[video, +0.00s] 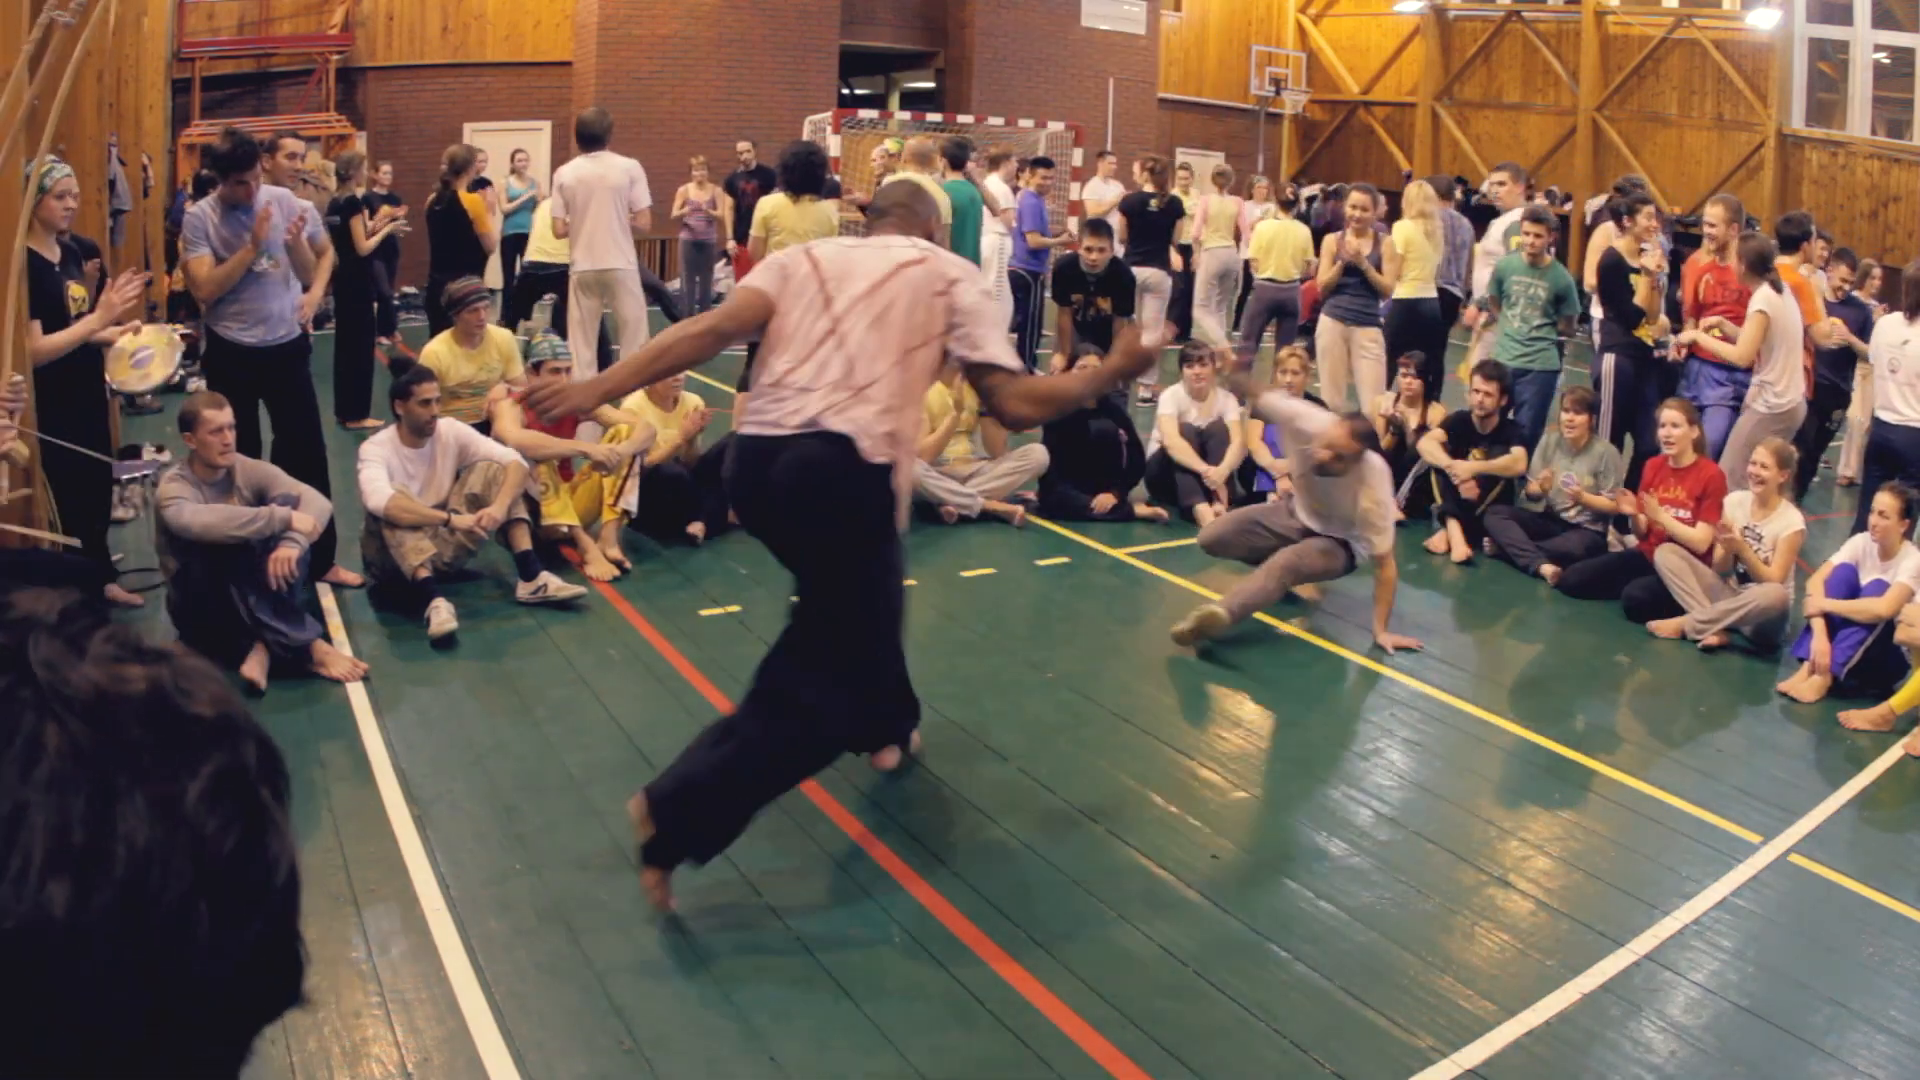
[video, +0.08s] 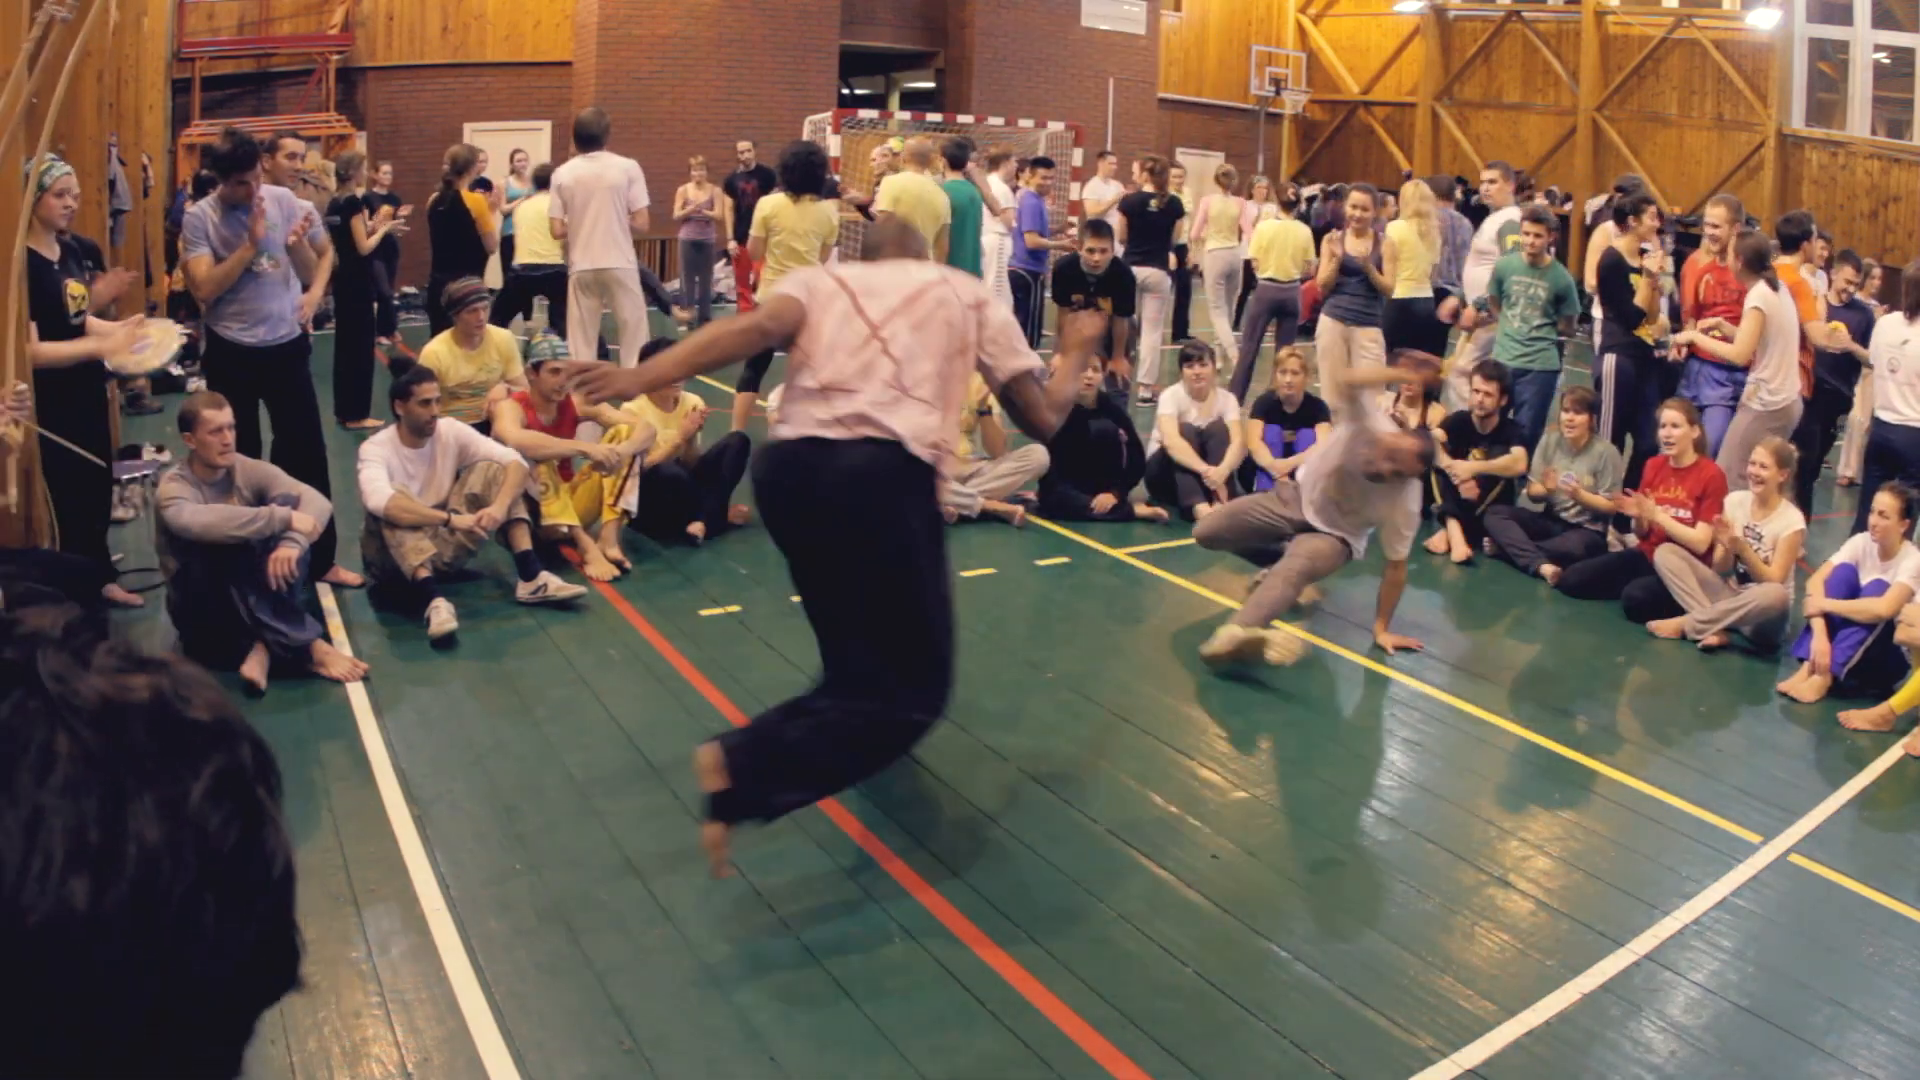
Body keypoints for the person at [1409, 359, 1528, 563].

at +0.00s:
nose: (1480, 399)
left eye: (1488, 394)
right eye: (1476, 392)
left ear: (1503, 400)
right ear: (1469, 393)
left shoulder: (1511, 429)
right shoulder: (1459, 419)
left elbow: (1519, 465)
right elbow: (1425, 444)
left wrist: (1472, 467)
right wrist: (1458, 474)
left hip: (1492, 508)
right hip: (1454, 502)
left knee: (1501, 459)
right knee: (1437, 459)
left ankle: (1448, 529)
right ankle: (1454, 530)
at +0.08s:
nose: (1479, 400)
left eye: (1487, 395)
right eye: (1475, 392)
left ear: (1503, 400)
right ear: (1469, 392)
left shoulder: (1511, 429)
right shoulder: (1457, 420)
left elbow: (1519, 464)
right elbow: (1432, 441)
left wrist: (1471, 468)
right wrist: (1459, 475)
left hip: (1491, 508)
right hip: (1454, 499)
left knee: (1501, 461)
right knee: (1435, 463)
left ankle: (1448, 528)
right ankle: (1454, 529)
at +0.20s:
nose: (1480, 400)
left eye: (1488, 395)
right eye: (1476, 392)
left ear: (1503, 400)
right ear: (1470, 392)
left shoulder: (1511, 428)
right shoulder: (1456, 421)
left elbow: (1519, 464)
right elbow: (1433, 448)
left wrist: (1474, 471)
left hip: (1496, 493)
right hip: (1457, 486)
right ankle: (1457, 537)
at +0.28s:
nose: (1479, 400)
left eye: (1487, 395)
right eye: (1476, 392)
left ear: (1503, 400)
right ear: (1470, 392)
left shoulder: (1511, 428)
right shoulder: (1458, 420)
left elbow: (1518, 464)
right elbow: (1426, 442)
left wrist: (1470, 467)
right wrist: (1450, 467)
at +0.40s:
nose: (1479, 399)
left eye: (1488, 395)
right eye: (1476, 392)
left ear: (1503, 400)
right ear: (1469, 393)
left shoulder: (1511, 429)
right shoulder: (1458, 419)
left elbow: (1518, 464)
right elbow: (1425, 444)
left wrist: (1471, 467)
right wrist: (1454, 469)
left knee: (1500, 455)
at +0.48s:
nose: (1479, 399)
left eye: (1488, 394)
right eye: (1476, 392)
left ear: (1503, 400)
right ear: (1469, 393)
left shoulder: (1511, 428)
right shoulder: (1458, 419)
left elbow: (1519, 464)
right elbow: (1425, 444)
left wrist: (1472, 468)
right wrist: (1458, 474)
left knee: (1500, 454)